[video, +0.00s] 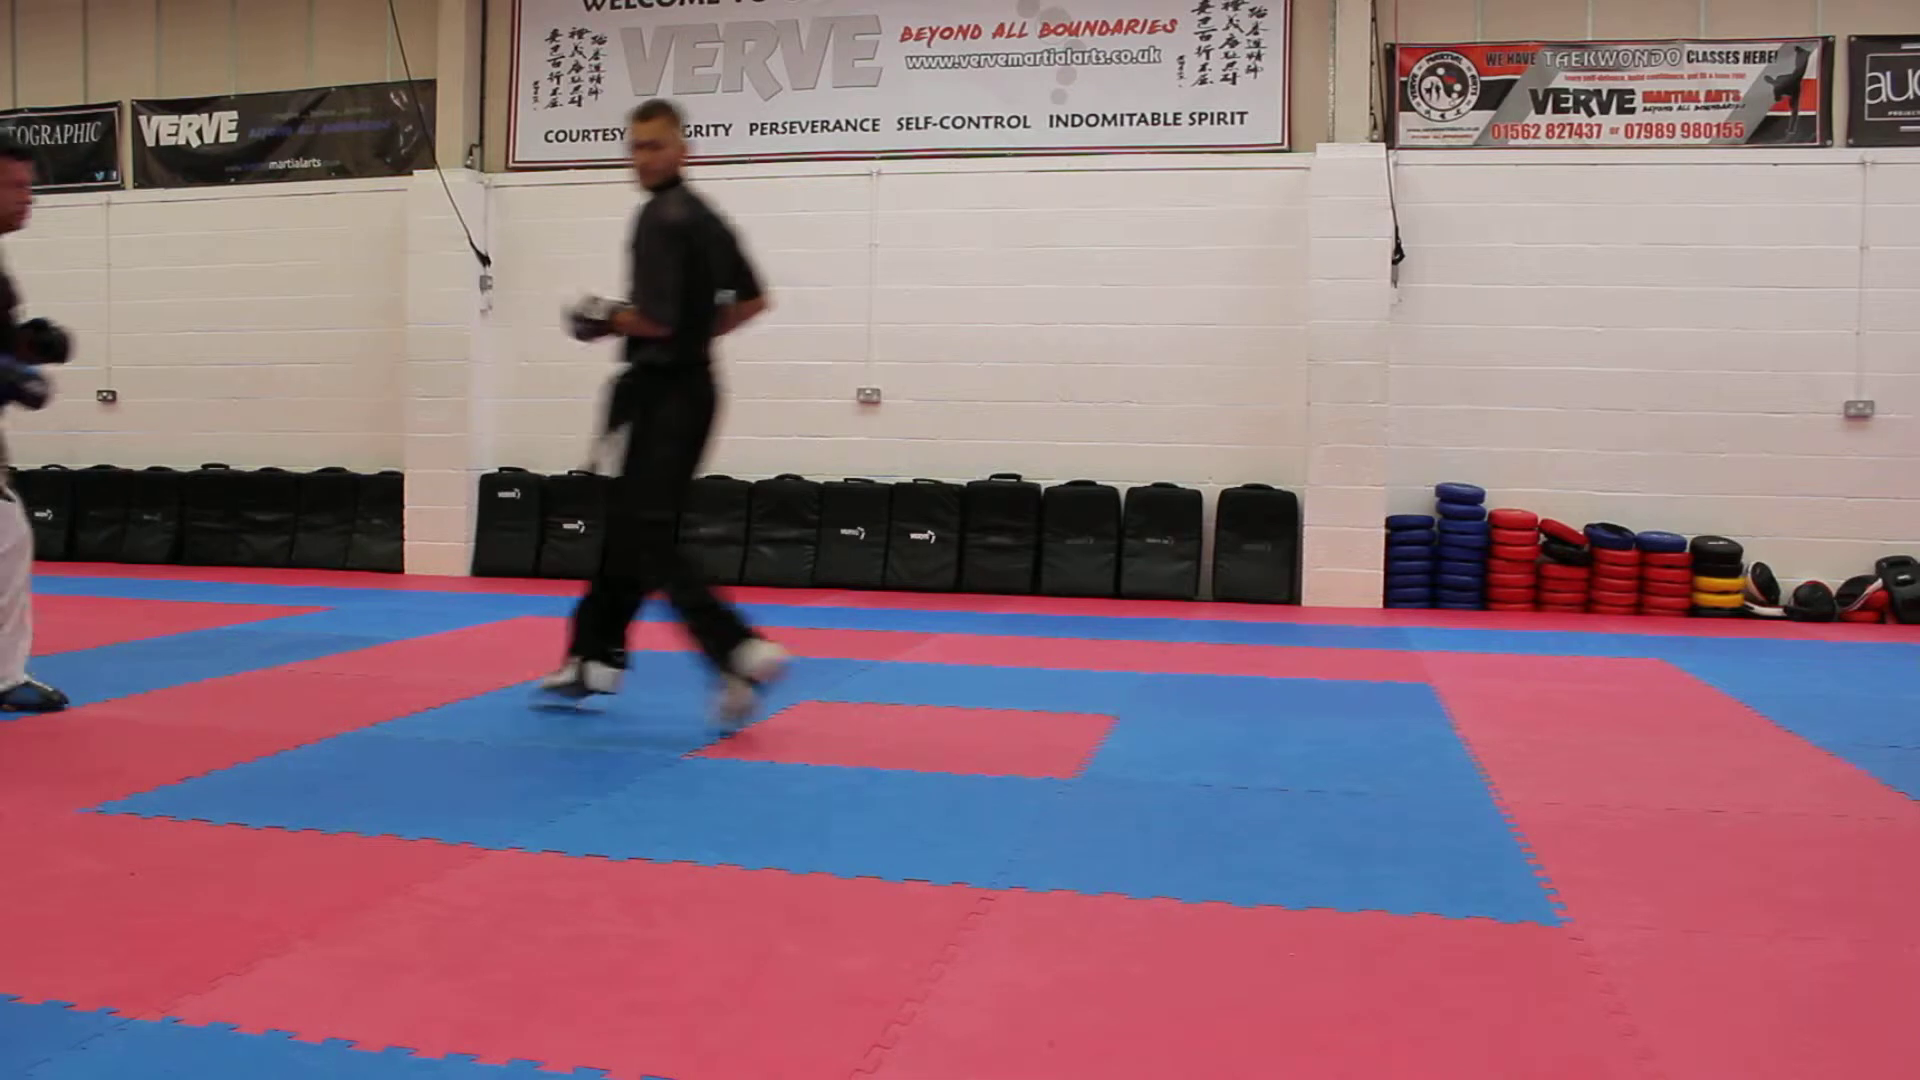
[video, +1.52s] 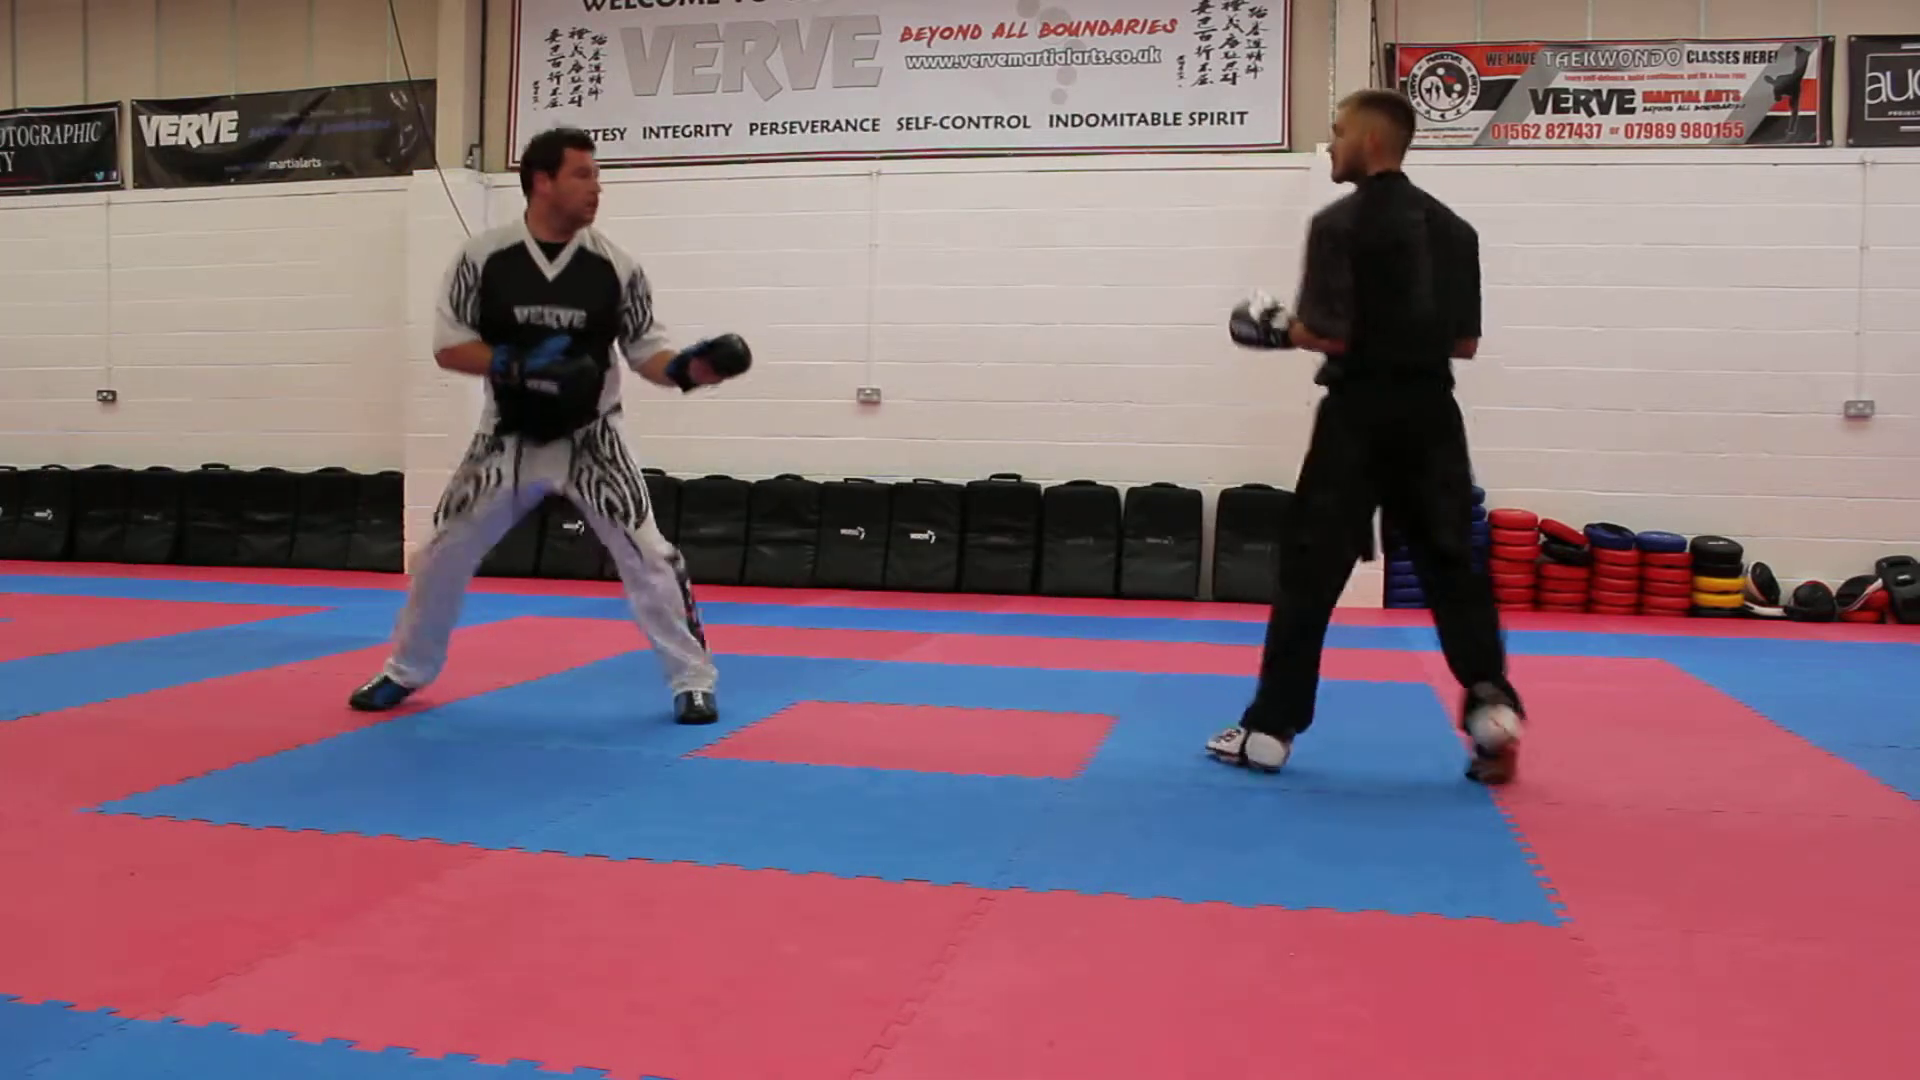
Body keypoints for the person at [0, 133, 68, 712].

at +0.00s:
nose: (25, 199)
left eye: (27, 188)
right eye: (16, 187)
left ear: (24, 191)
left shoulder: (3, 278)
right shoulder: (1, 277)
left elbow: (8, 342)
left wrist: (23, 356)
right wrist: (13, 370)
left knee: (14, 534)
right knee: (13, 534)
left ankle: (11, 671)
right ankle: (9, 672)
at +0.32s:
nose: (168, 173)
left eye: (170, 161)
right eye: (159, 159)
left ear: (128, 160)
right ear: (117, 155)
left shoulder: (119, 218)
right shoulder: (92, 213)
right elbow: (144, 316)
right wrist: (182, 308)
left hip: (105, 415)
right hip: (46, 414)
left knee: (153, 541)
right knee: (25, 552)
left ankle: (207, 660)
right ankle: (6, 673)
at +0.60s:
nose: (300, 166)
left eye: (304, 156)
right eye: (290, 153)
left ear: (299, 159)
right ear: (249, 149)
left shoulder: (293, 237)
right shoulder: (203, 212)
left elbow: (297, 322)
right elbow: (187, 302)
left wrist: (325, 334)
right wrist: (270, 333)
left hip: (261, 399)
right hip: (204, 396)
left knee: (273, 532)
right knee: (256, 527)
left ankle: (248, 672)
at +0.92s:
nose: (420, 162)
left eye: (422, 151)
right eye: (407, 150)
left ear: (422, 158)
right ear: (367, 156)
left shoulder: (441, 240)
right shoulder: (323, 234)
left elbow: (468, 327)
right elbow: (294, 327)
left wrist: (507, 358)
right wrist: (373, 338)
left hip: (426, 416)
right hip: (357, 418)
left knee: (486, 527)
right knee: (387, 549)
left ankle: (410, 626)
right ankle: (394, 678)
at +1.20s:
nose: (543, 196)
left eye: (543, 184)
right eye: (530, 184)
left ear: (532, 193)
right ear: (489, 193)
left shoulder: (566, 281)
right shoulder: (437, 275)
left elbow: (606, 363)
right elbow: (408, 364)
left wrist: (653, 374)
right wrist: (474, 378)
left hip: (558, 455)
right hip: (477, 459)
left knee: (621, 561)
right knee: (439, 569)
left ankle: (673, 679)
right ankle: (433, 688)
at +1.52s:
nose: (597, 188)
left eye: (597, 176)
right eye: (584, 176)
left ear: (587, 182)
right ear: (541, 183)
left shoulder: (616, 269)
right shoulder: (482, 258)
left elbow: (645, 354)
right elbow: (449, 348)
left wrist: (685, 369)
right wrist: (516, 361)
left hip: (592, 440)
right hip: (507, 442)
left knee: (647, 555)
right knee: (441, 556)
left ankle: (692, 680)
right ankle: (406, 670)